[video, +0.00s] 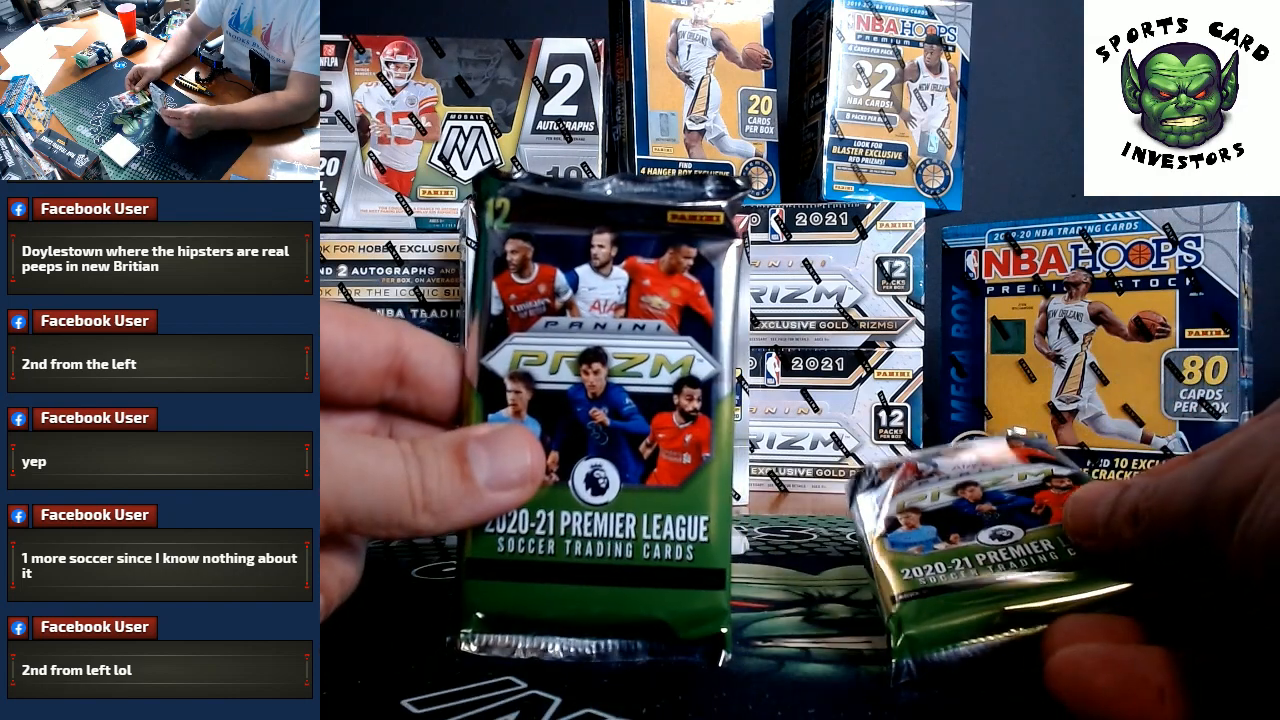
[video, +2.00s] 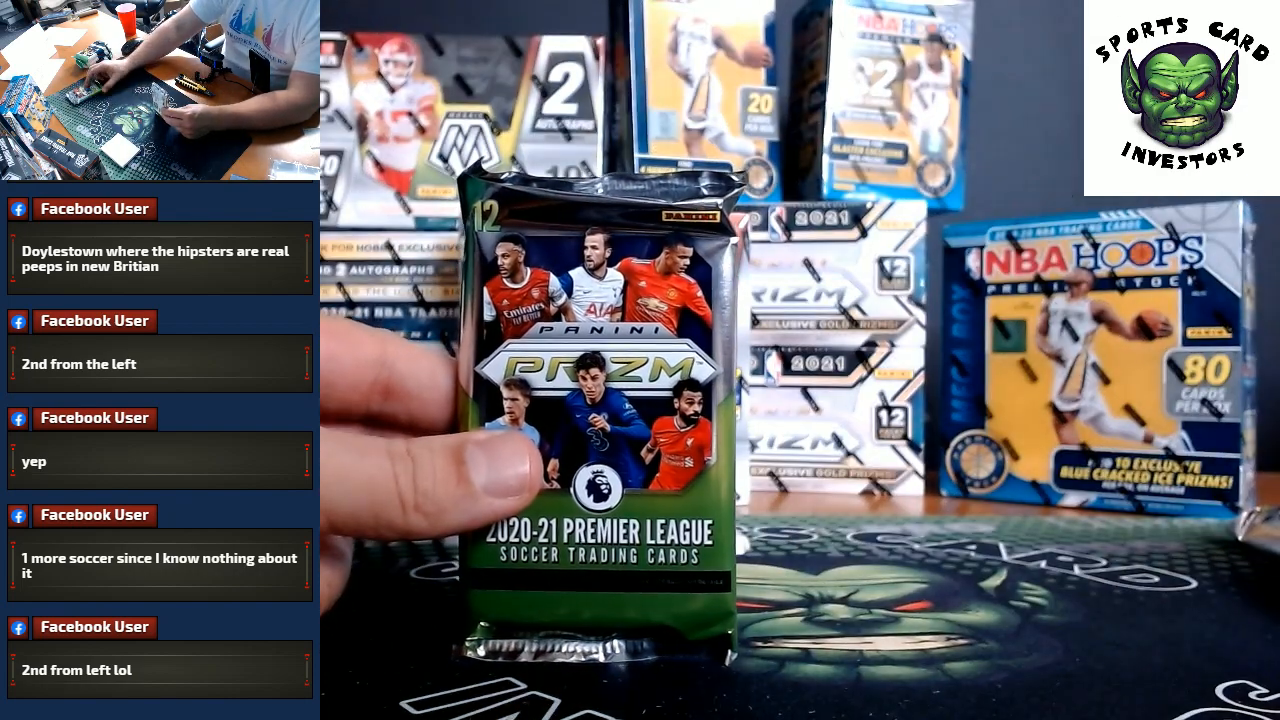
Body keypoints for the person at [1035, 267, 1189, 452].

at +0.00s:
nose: (1069, 273)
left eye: (1075, 272)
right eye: (1070, 271)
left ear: (1086, 283)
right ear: (1067, 280)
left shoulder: (1094, 308)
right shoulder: (1049, 304)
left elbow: (1125, 333)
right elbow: (1038, 335)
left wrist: (1160, 331)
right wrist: (1046, 351)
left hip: (1079, 365)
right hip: (1063, 367)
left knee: (1060, 422)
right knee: (1102, 425)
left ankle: (1078, 478)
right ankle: (1166, 443)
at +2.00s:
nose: (1072, 287)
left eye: (1077, 283)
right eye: (1071, 283)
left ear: (1087, 285)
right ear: (1067, 283)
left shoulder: (1095, 308)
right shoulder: (1053, 303)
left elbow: (1126, 331)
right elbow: (1039, 335)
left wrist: (1157, 330)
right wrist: (1047, 350)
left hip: (1081, 365)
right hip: (1063, 367)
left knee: (1062, 418)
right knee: (1104, 424)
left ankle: (1077, 473)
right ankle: (1165, 442)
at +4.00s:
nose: (1072, 287)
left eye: (1077, 284)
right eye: (1071, 283)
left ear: (1087, 285)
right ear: (1067, 283)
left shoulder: (1095, 308)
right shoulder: (1053, 304)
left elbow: (1126, 331)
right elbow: (1039, 334)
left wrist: (1156, 330)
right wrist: (1047, 350)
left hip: (1081, 365)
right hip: (1064, 367)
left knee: (1062, 418)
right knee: (1103, 424)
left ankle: (1078, 473)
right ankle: (1165, 442)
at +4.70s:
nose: (1074, 288)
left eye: (1078, 284)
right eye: (1071, 284)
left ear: (1088, 285)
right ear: (1067, 284)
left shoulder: (1095, 308)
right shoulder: (1052, 304)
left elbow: (1126, 331)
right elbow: (1039, 334)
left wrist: (1156, 330)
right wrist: (1047, 349)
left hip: (1081, 365)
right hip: (1064, 367)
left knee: (1062, 419)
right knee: (1104, 424)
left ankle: (1078, 475)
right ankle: (1166, 442)